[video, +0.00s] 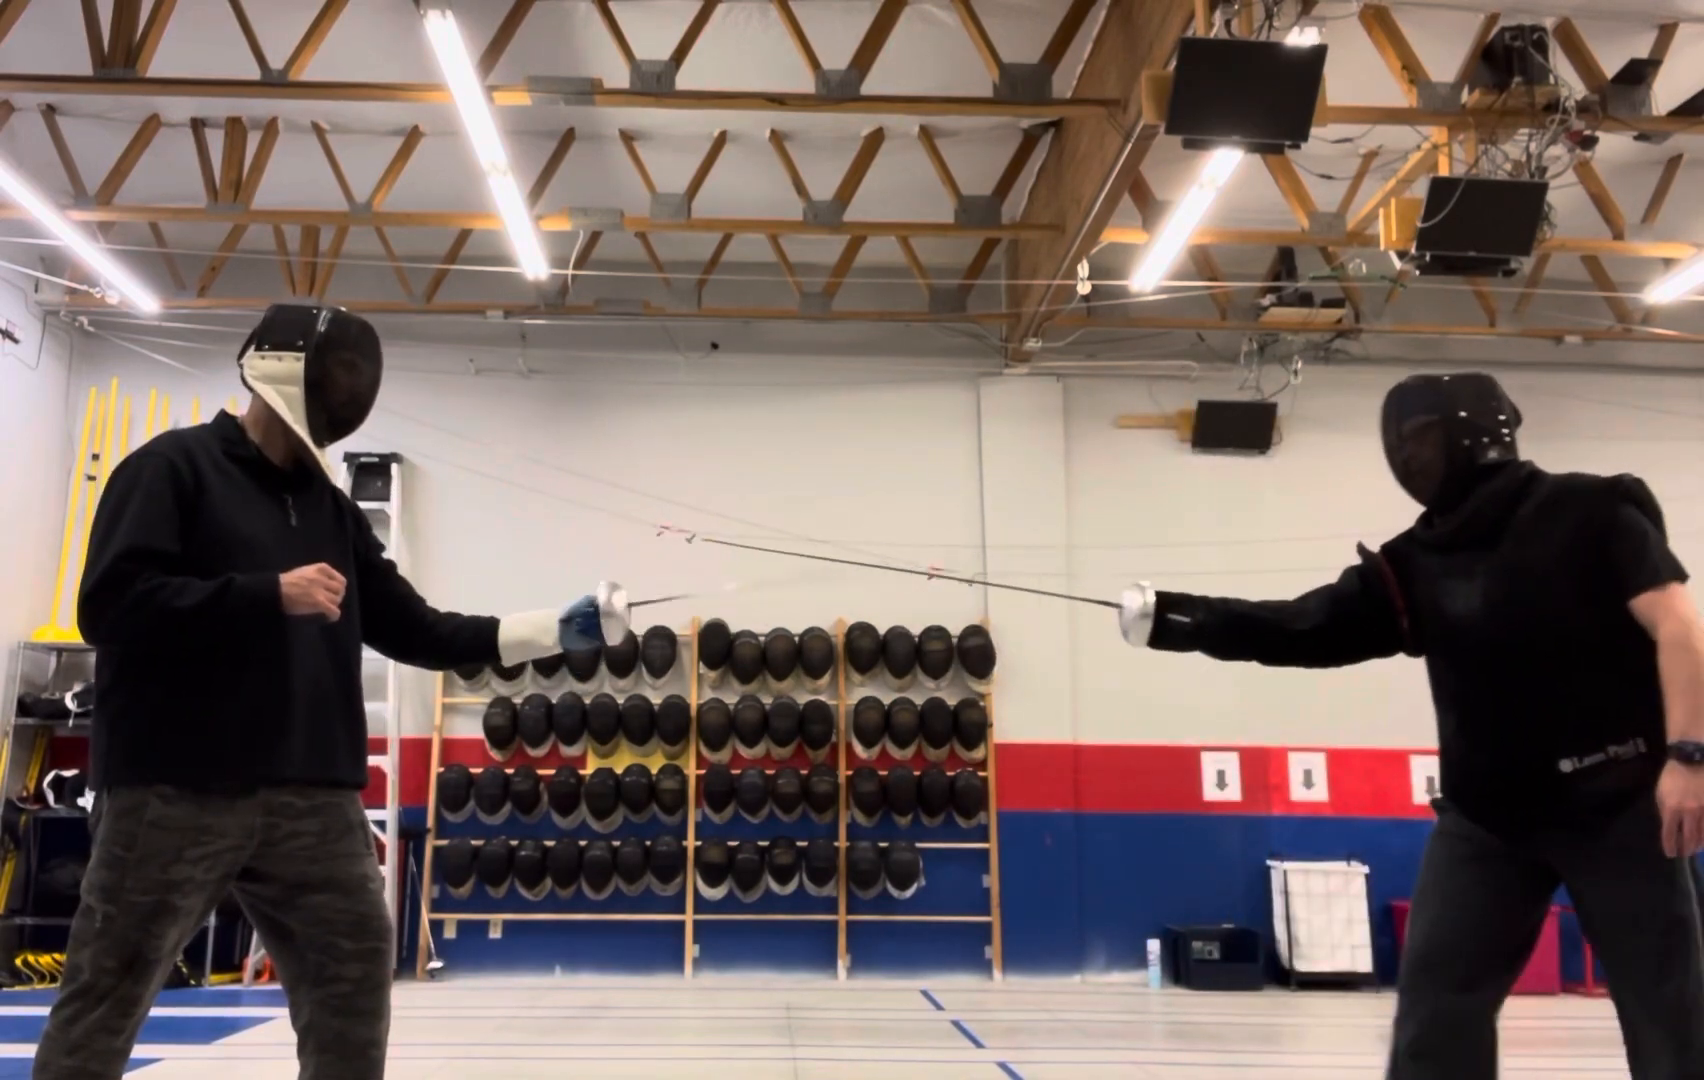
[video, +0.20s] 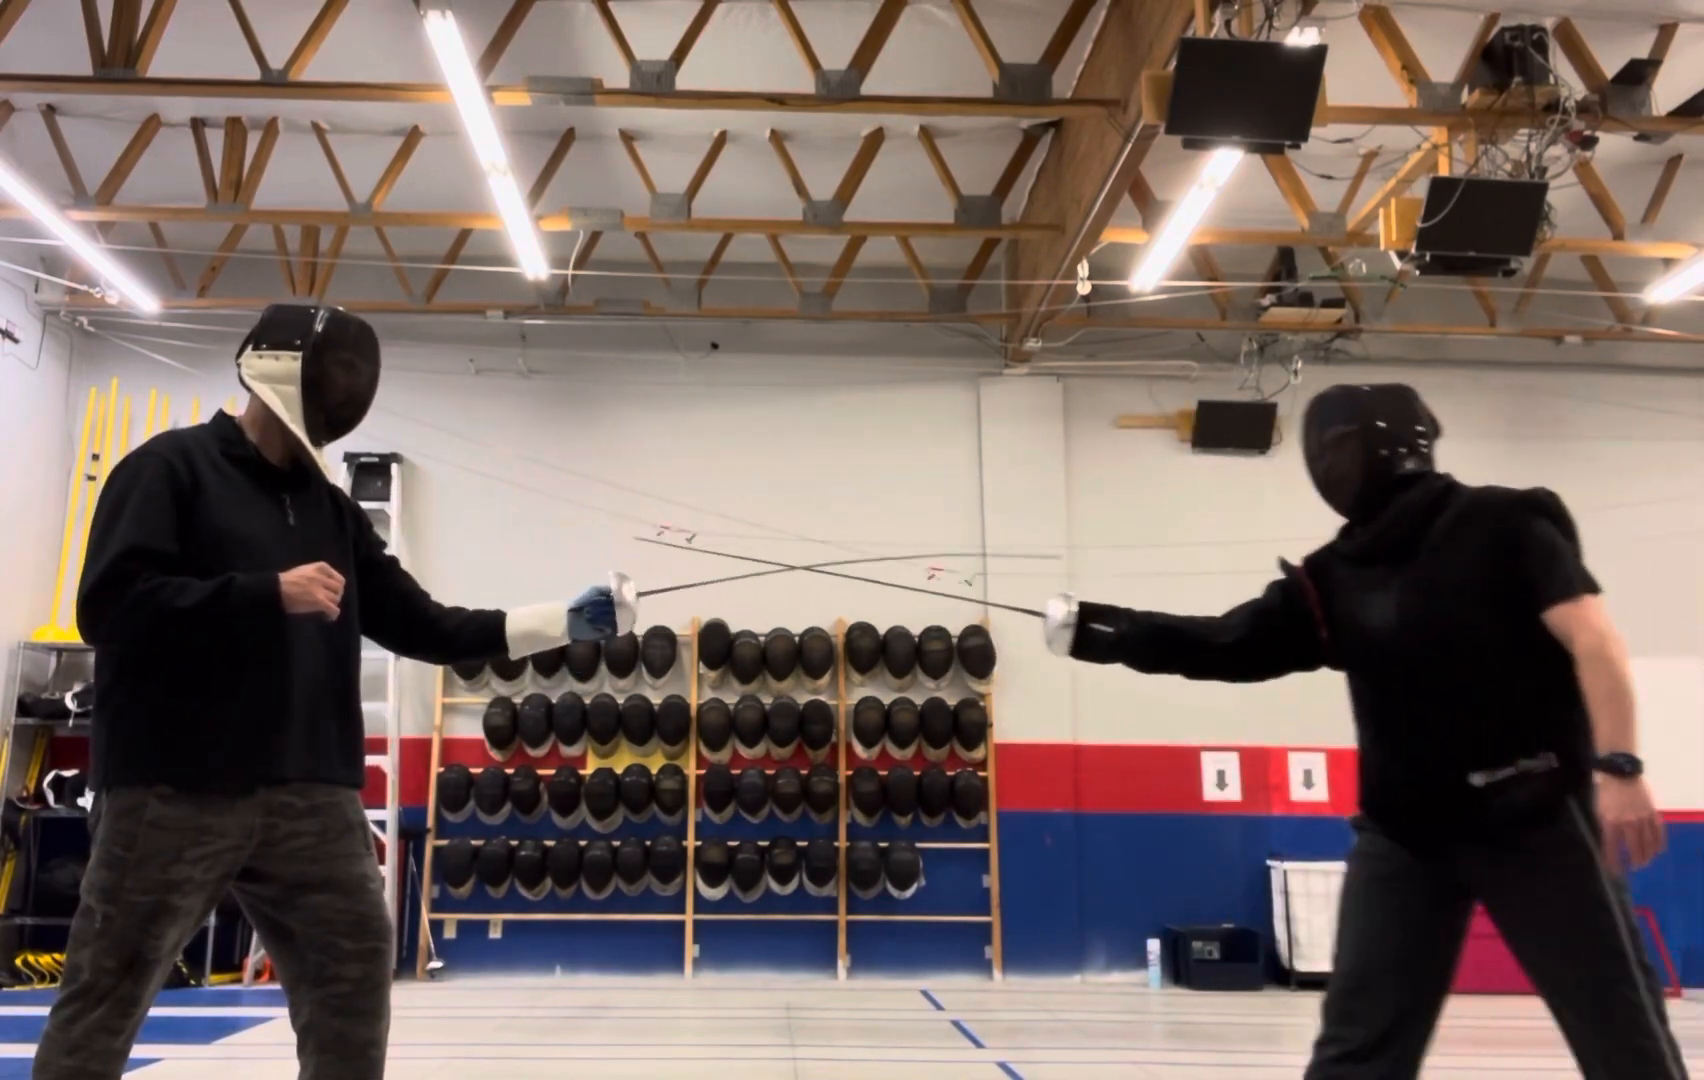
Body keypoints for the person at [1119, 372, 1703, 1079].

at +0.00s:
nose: (1407, 461)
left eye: (1419, 440)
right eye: (1399, 448)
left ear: (1471, 432)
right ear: (1402, 458)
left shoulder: (1595, 511)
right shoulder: (1415, 567)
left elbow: (1678, 626)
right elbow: (1306, 625)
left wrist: (1687, 757)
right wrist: (1176, 619)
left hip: (1621, 812)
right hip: (1488, 825)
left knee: (1670, 1029)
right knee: (1436, 1020)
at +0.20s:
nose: (1323, 468)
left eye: (1336, 447)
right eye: (1317, 455)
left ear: (1391, 441)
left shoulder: (1505, 524)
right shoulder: (1335, 580)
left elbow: (1593, 640)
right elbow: (1226, 641)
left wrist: (1619, 767)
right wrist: (1088, 628)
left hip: (1535, 823)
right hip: (1406, 838)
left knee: (1627, 1047)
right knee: (1356, 1055)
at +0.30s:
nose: (1267, 463)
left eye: (1278, 440)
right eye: (1262, 446)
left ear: (1328, 430)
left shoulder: (1449, 510)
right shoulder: (1284, 570)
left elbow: (1532, 626)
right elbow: (1183, 641)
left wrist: (1550, 754)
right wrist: (1049, 628)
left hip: (1484, 810)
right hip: (1354, 829)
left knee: (1592, 1040)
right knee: (1314, 1056)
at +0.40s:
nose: (1216, 458)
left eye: (1225, 435)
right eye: (1213, 442)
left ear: (1279, 425)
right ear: (1260, 436)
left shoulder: (1397, 500)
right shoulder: (1234, 562)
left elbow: (1478, 612)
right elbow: (1133, 630)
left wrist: (1473, 738)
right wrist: (999, 620)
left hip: (1440, 791)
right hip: (1314, 820)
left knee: (1555, 1018)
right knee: (1297, 1049)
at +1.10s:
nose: (1187, 448)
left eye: (1200, 427)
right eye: (1184, 432)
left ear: (1249, 424)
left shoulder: (1361, 501)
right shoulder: (1212, 565)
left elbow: (1445, 617)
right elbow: (1145, 674)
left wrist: (1410, 732)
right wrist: (1015, 691)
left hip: (1420, 792)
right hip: (1298, 820)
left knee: (1536, 996)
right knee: (1282, 1043)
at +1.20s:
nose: (1228, 455)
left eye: (1239, 433)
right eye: (1225, 438)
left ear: (1288, 431)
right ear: (1295, 435)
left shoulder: (1407, 513)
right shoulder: (1255, 564)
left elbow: (1487, 630)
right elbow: (1226, 698)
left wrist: (1440, 744)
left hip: (1448, 799)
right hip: (1325, 818)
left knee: (1560, 993)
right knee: (1291, 1036)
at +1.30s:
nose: (1288, 468)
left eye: (1299, 448)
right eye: (1286, 452)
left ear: (1346, 444)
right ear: (1362, 447)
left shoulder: (1462, 525)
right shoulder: (1305, 573)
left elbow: (1545, 647)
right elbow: (1296, 710)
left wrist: (1486, 759)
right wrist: (1221, 793)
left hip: (1495, 815)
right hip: (1364, 828)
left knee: (1595, 1024)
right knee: (1307, 1045)